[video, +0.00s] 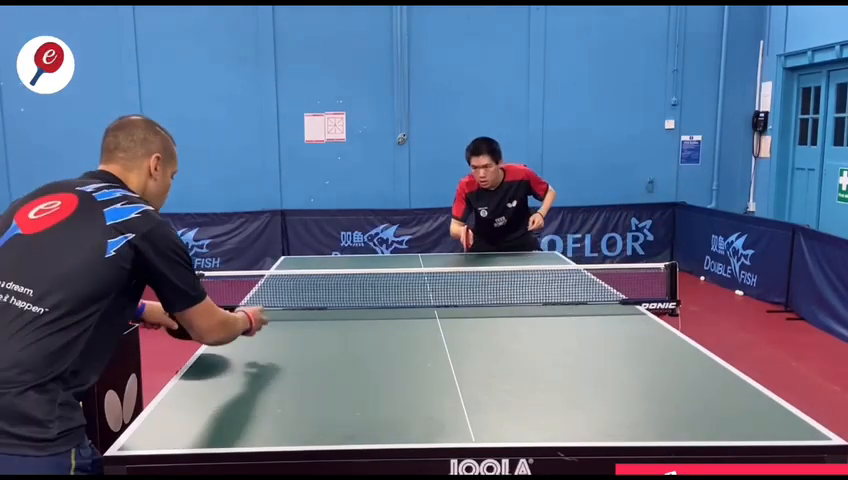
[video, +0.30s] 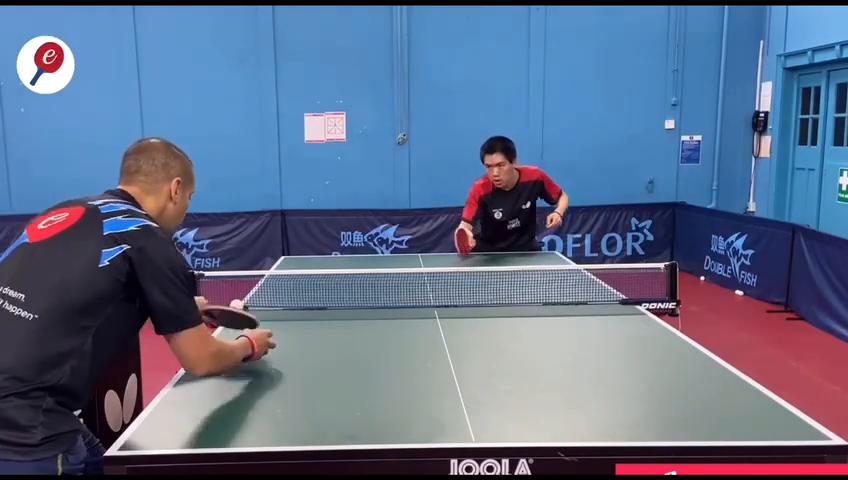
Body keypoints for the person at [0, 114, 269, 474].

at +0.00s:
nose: (168, 192)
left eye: (172, 179)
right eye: (171, 178)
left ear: (107, 157)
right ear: (153, 166)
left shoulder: (38, 198)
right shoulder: (144, 224)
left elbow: (64, 293)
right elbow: (210, 329)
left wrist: (153, 314)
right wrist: (242, 320)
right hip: (36, 436)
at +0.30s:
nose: (184, 212)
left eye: (188, 202)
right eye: (188, 199)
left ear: (125, 181)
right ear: (175, 190)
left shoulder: (65, 212)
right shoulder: (147, 239)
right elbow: (201, 359)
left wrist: (181, 306)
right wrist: (248, 345)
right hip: (32, 434)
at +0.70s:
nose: (152, 166)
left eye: (154, 154)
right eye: (154, 153)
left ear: (82, 145)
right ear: (136, 149)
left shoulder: (24, 193)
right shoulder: (100, 218)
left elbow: (70, 274)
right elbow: (152, 354)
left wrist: (164, 283)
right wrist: (206, 343)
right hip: (27, 445)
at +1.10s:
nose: (134, 163)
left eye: (137, 149)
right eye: (136, 148)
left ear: (60, 134)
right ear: (115, 139)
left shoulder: (12, 180)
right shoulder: (77, 205)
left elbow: (32, 299)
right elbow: (97, 357)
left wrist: (121, 320)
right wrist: (159, 367)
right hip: (12, 443)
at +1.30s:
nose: (165, 193)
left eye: (169, 180)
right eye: (166, 177)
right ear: (142, 166)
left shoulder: (38, 195)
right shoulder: (75, 217)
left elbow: (61, 317)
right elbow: (45, 360)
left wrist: (151, 325)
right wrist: (132, 381)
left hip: (16, 429)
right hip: (10, 438)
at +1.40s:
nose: (176, 204)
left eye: (179, 190)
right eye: (176, 187)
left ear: (146, 177)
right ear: (148, 176)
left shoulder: (82, 224)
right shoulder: (64, 226)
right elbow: (16, 360)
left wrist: (198, 319)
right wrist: (110, 386)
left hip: (18, 416)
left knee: (63, 470)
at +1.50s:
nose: (173, 205)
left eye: (176, 191)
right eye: (172, 189)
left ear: (139, 180)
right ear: (141, 179)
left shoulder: (102, 236)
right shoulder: (42, 229)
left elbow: (174, 298)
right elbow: (2, 354)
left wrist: (267, 311)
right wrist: (84, 387)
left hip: (16, 406)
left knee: (64, 472)